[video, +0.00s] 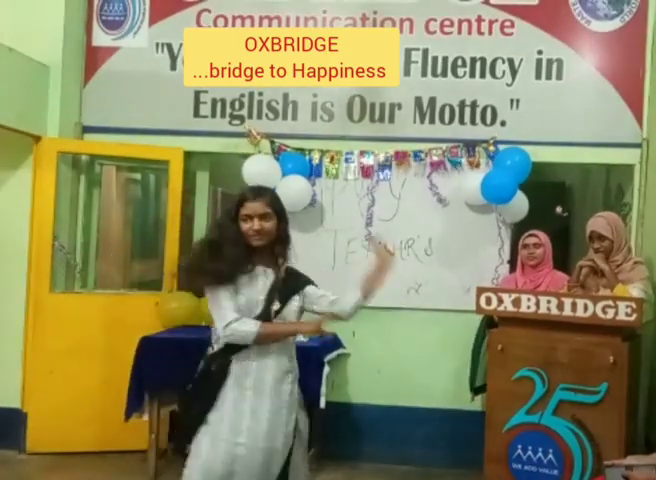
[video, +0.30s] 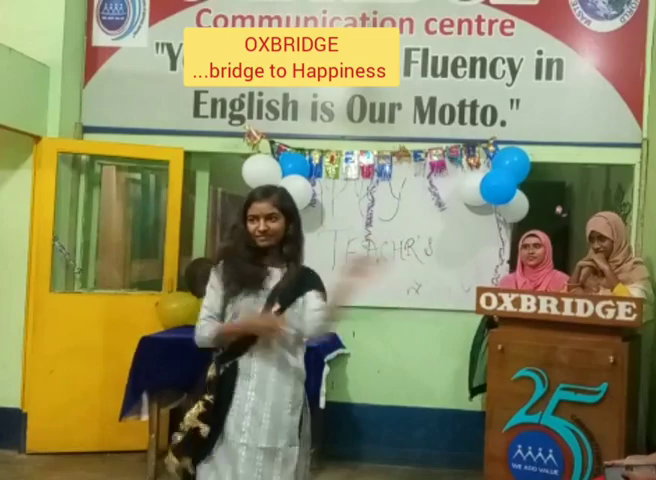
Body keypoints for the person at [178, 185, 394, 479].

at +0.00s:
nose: (255, 227)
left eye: (264, 218)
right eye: (247, 219)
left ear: (280, 223)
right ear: (236, 224)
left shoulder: (291, 279)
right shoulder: (221, 270)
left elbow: (341, 309)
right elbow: (230, 329)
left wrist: (378, 271)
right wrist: (299, 327)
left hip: (278, 386)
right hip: (233, 385)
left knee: (273, 462)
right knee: (218, 462)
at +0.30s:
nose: (261, 227)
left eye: (271, 219)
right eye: (253, 219)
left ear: (288, 223)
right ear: (244, 223)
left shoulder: (304, 279)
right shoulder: (226, 270)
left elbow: (312, 331)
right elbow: (203, 334)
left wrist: (346, 284)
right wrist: (248, 326)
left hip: (281, 393)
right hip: (235, 389)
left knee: (275, 465)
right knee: (228, 464)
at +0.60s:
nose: (217, 233)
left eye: (219, 225)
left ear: (224, 231)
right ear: (272, 233)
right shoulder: (281, 279)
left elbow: (180, 260)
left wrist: (195, 213)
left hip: (218, 389)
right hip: (264, 387)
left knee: (213, 468)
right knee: (267, 464)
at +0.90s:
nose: (213, 218)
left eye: (221, 209)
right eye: (204, 212)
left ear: (237, 217)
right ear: (195, 221)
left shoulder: (246, 258)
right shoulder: (190, 260)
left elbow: (291, 220)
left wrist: (249, 178)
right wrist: (211, 179)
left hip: (235, 370)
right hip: (197, 370)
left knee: (222, 464)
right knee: (199, 467)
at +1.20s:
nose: (156, 215)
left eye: (165, 208)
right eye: (158, 207)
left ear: (187, 219)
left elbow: (150, 264)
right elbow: (148, 345)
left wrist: (183, 205)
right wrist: (87, 361)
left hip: (185, 388)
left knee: (176, 465)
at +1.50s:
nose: (142, 212)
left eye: (154, 207)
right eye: (145, 204)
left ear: (178, 216)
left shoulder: (163, 263)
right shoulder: (191, 262)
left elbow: (141, 336)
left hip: (164, 386)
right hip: (183, 383)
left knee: (150, 470)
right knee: (161, 468)